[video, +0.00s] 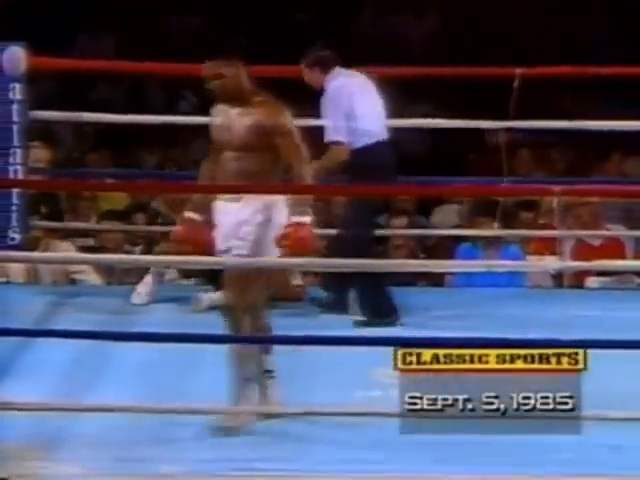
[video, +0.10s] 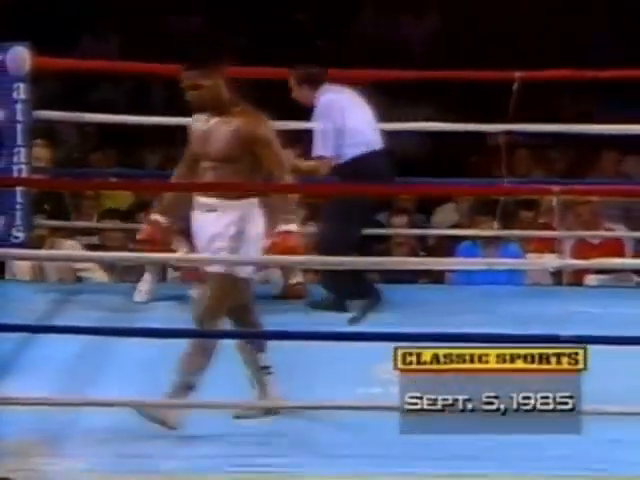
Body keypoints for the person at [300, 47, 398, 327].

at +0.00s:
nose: (307, 82)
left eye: (307, 76)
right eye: (305, 76)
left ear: (317, 70)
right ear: (331, 65)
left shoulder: (333, 91)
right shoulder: (361, 79)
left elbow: (341, 149)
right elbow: (377, 123)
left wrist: (316, 169)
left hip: (364, 155)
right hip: (384, 149)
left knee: (358, 230)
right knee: (355, 225)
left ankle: (381, 309)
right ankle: (336, 292)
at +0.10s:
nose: (293, 96)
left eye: (294, 89)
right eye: (292, 89)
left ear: (305, 87)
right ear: (317, 83)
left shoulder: (325, 104)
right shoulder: (345, 95)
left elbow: (323, 164)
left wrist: (293, 164)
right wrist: (299, 159)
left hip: (357, 167)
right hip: (376, 161)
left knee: (332, 236)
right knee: (341, 231)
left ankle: (364, 294)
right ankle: (339, 294)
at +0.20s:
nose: (286, 104)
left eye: (288, 97)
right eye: (286, 97)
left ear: (302, 94)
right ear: (308, 92)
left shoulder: (320, 115)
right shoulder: (341, 100)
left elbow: (314, 171)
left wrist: (281, 163)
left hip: (356, 173)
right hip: (379, 166)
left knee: (329, 234)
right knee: (337, 231)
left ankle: (342, 295)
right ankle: (339, 289)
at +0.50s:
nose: (293, 123)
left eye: (292, 117)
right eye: (290, 117)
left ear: (301, 111)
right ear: (312, 105)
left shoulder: (320, 125)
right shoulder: (342, 112)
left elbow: (314, 178)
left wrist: (284, 172)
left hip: (363, 182)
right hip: (383, 174)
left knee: (329, 240)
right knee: (347, 235)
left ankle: (333, 308)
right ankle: (359, 289)